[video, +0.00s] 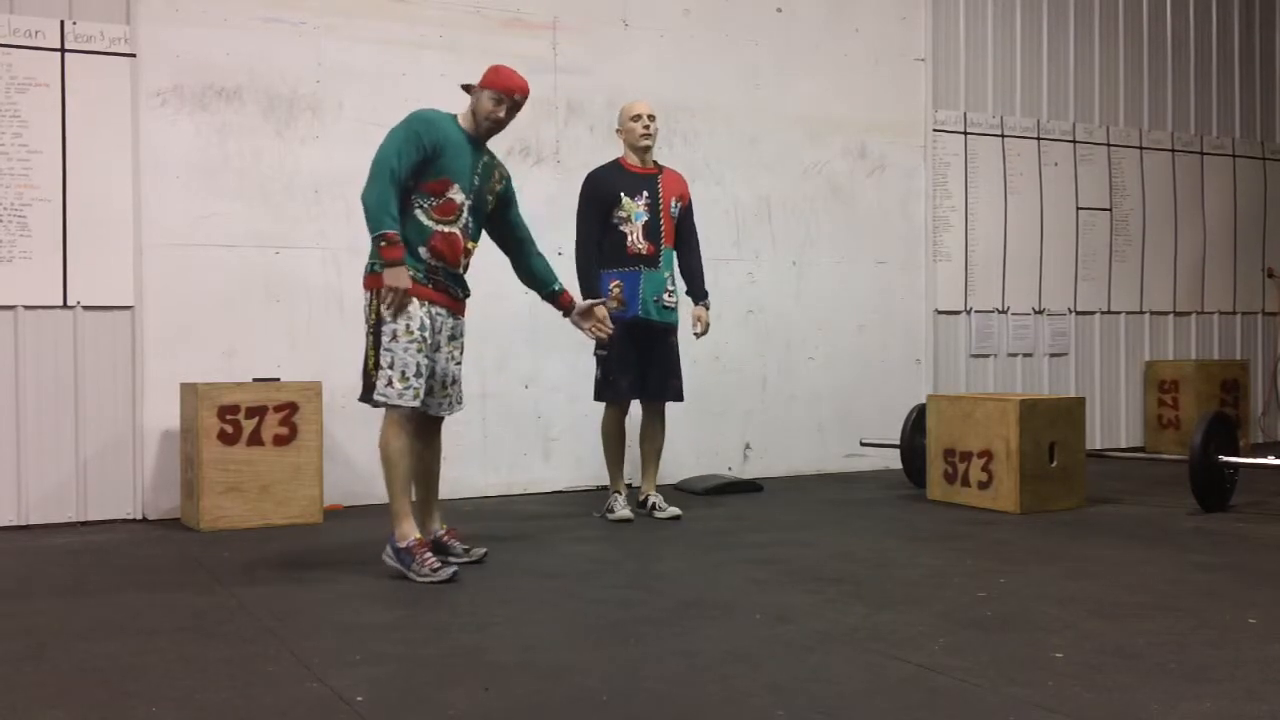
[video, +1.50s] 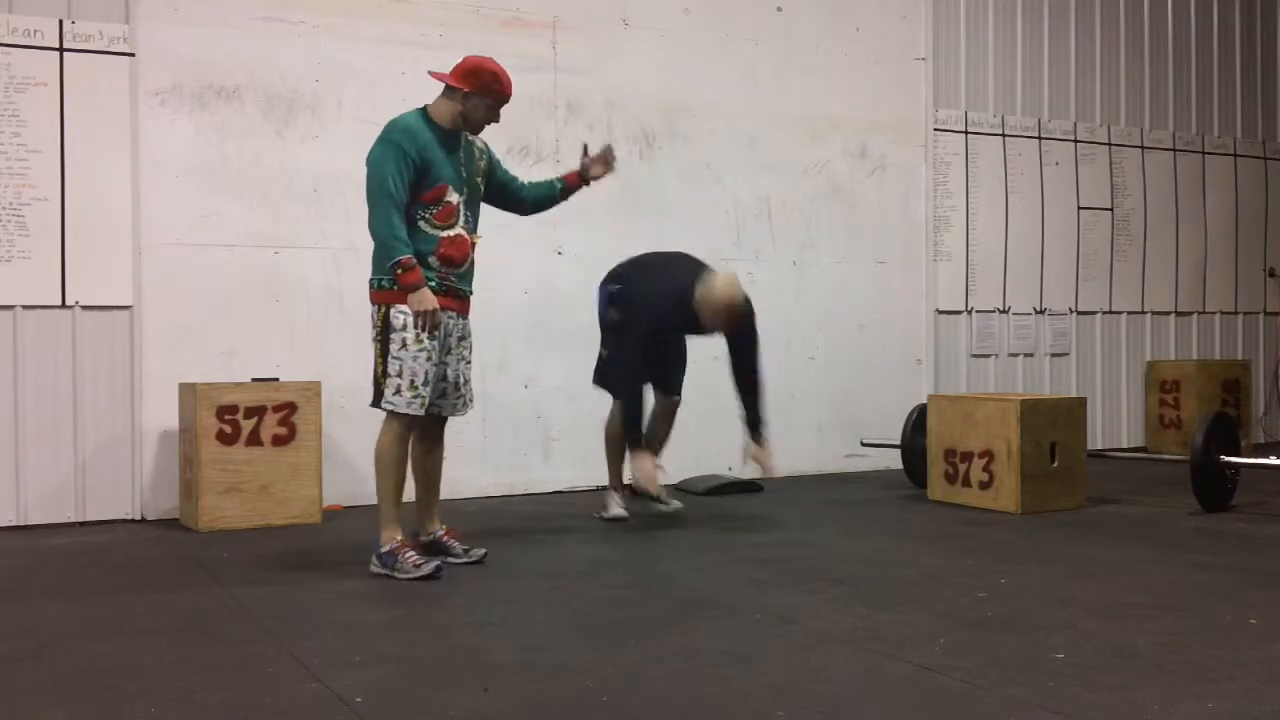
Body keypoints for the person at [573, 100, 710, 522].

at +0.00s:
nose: (647, 125)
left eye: (651, 119)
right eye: (637, 119)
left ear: (658, 129)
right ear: (620, 131)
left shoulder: (675, 182)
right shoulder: (600, 181)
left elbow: (688, 246)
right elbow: (586, 247)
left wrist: (699, 299)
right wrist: (592, 304)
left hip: (661, 312)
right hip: (616, 312)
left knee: (654, 403)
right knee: (617, 403)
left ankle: (649, 491)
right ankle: (617, 492)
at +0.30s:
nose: (644, 126)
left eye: (650, 120)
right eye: (636, 120)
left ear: (658, 130)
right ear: (620, 131)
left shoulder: (675, 182)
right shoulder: (599, 181)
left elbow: (687, 247)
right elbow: (585, 247)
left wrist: (696, 300)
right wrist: (591, 304)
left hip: (661, 313)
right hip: (615, 313)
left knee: (657, 404)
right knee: (618, 404)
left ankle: (648, 491)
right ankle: (617, 492)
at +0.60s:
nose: (646, 128)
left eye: (651, 122)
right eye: (637, 122)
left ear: (658, 130)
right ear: (620, 132)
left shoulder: (675, 183)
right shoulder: (599, 183)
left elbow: (687, 246)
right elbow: (585, 247)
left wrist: (696, 298)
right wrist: (590, 302)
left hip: (661, 313)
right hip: (615, 313)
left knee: (656, 405)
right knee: (618, 405)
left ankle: (648, 492)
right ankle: (617, 493)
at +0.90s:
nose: (661, 138)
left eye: (667, 131)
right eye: (653, 131)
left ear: (673, 134)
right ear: (633, 132)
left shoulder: (681, 182)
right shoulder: (606, 182)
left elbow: (690, 247)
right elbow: (586, 249)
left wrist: (696, 302)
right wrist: (590, 308)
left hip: (661, 315)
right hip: (616, 315)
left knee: (656, 405)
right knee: (619, 406)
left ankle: (648, 492)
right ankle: (617, 493)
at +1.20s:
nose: (692, 190)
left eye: (697, 181)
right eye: (684, 182)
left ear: (702, 180)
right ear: (663, 179)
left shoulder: (703, 215)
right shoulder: (625, 212)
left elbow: (689, 268)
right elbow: (589, 268)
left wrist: (672, 308)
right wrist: (578, 322)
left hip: (660, 321)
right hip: (616, 322)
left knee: (663, 410)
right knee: (629, 409)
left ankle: (648, 493)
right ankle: (618, 494)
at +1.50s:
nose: (719, 325)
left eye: (725, 319)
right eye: (715, 317)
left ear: (734, 305)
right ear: (702, 302)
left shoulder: (736, 307)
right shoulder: (655, 303)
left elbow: (746, 372)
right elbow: (630, 384)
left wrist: (756, 438)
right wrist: (637, 451)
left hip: (666, 313)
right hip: (624, 307)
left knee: (669, 400)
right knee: (623, 402)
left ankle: (644, 481)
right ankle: (615, 490)